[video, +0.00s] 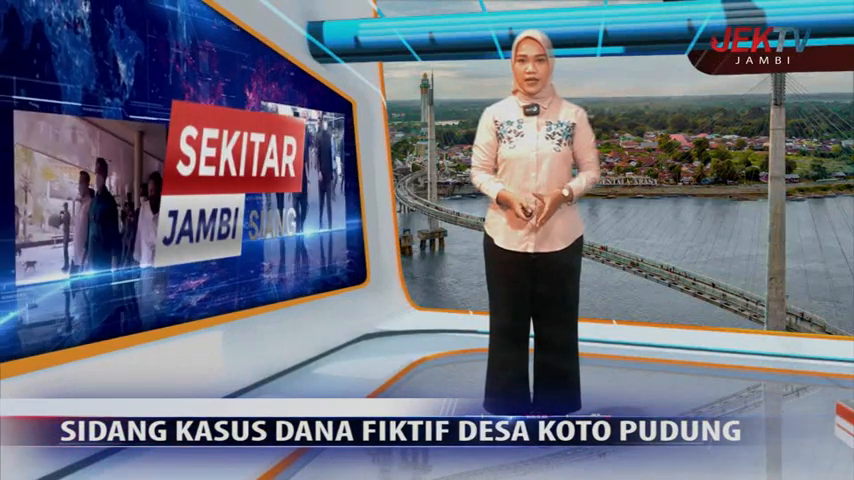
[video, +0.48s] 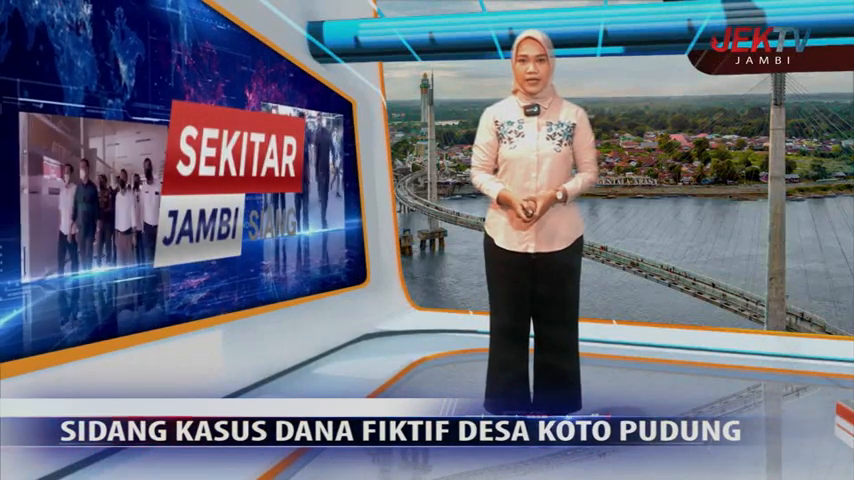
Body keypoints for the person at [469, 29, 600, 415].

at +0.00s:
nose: (531, 67)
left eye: (539, 59)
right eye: (523, 60)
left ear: (551, 65)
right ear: (512, 66)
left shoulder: (573, 116)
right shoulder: (494, 116)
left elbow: (591, 171)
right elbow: (480, 171)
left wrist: (561, 194)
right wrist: (507, 197)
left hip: (559, 243)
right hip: (506, 244)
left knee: (558, 337)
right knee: (507, 336)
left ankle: (558, 422)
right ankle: (506, 423)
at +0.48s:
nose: (532, 67)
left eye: (540, 60)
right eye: (523, 60)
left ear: (552, 65)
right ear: (513, 66)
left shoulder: (574, 116)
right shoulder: (494, 116)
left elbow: (588, 173)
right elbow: (479, 171)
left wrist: (553, 196)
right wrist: (507, 198)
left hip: (559, 242)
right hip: (506, 244)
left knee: (558, 337)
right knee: (508, 336)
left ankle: (558, 422)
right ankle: (506, 423)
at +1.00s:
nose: (532, 67)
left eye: (540, 60)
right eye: (523, 60)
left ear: (552, 65)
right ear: (513, 65)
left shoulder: (574, 116)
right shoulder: (494, 116)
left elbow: (589, 173)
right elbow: (479, 172)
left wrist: (556, 198)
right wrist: (509, 200)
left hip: (559, 243)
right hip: (506, 244)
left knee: (558, 337)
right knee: (508, 336)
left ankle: (558, 422)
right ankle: (506, 422)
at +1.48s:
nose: (531, 68)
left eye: (540, 60)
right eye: (523, 60)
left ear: (552, 65)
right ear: (513, 65)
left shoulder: (574, 116)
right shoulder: (494, 116)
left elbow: (588, 173)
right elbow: (480, 172)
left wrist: (554, 198)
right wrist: (509, 200)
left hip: (559, 243)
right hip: (506, 244)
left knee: (558, 337)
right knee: (507, 336)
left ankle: (557, 421)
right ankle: (506, 421)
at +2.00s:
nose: (531, 67)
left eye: (540, 60)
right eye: (523, 60)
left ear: (551, 65)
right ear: (512, 65)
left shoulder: (573, 116)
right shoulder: (494, 116)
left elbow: (588, 173)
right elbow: (479, 172)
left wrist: (554, 198)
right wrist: (509, 200)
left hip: (559, 243)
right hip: (506, 243)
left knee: (558, 334)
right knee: (507, 333)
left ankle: (559, 417)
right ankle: (508, 419)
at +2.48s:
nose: (529, 67)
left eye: (538, 59)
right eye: (521, 59)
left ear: (550, 65)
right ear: (511, 65)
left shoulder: (572, 115)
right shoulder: (493, 116)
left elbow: (588, 172)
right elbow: (479, 173)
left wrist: (556, 197)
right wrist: (507, 199)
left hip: (558, 242)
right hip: (505, 242)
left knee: (554, 328)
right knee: (510, 328)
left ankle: (545, 412)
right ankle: (519, 413)